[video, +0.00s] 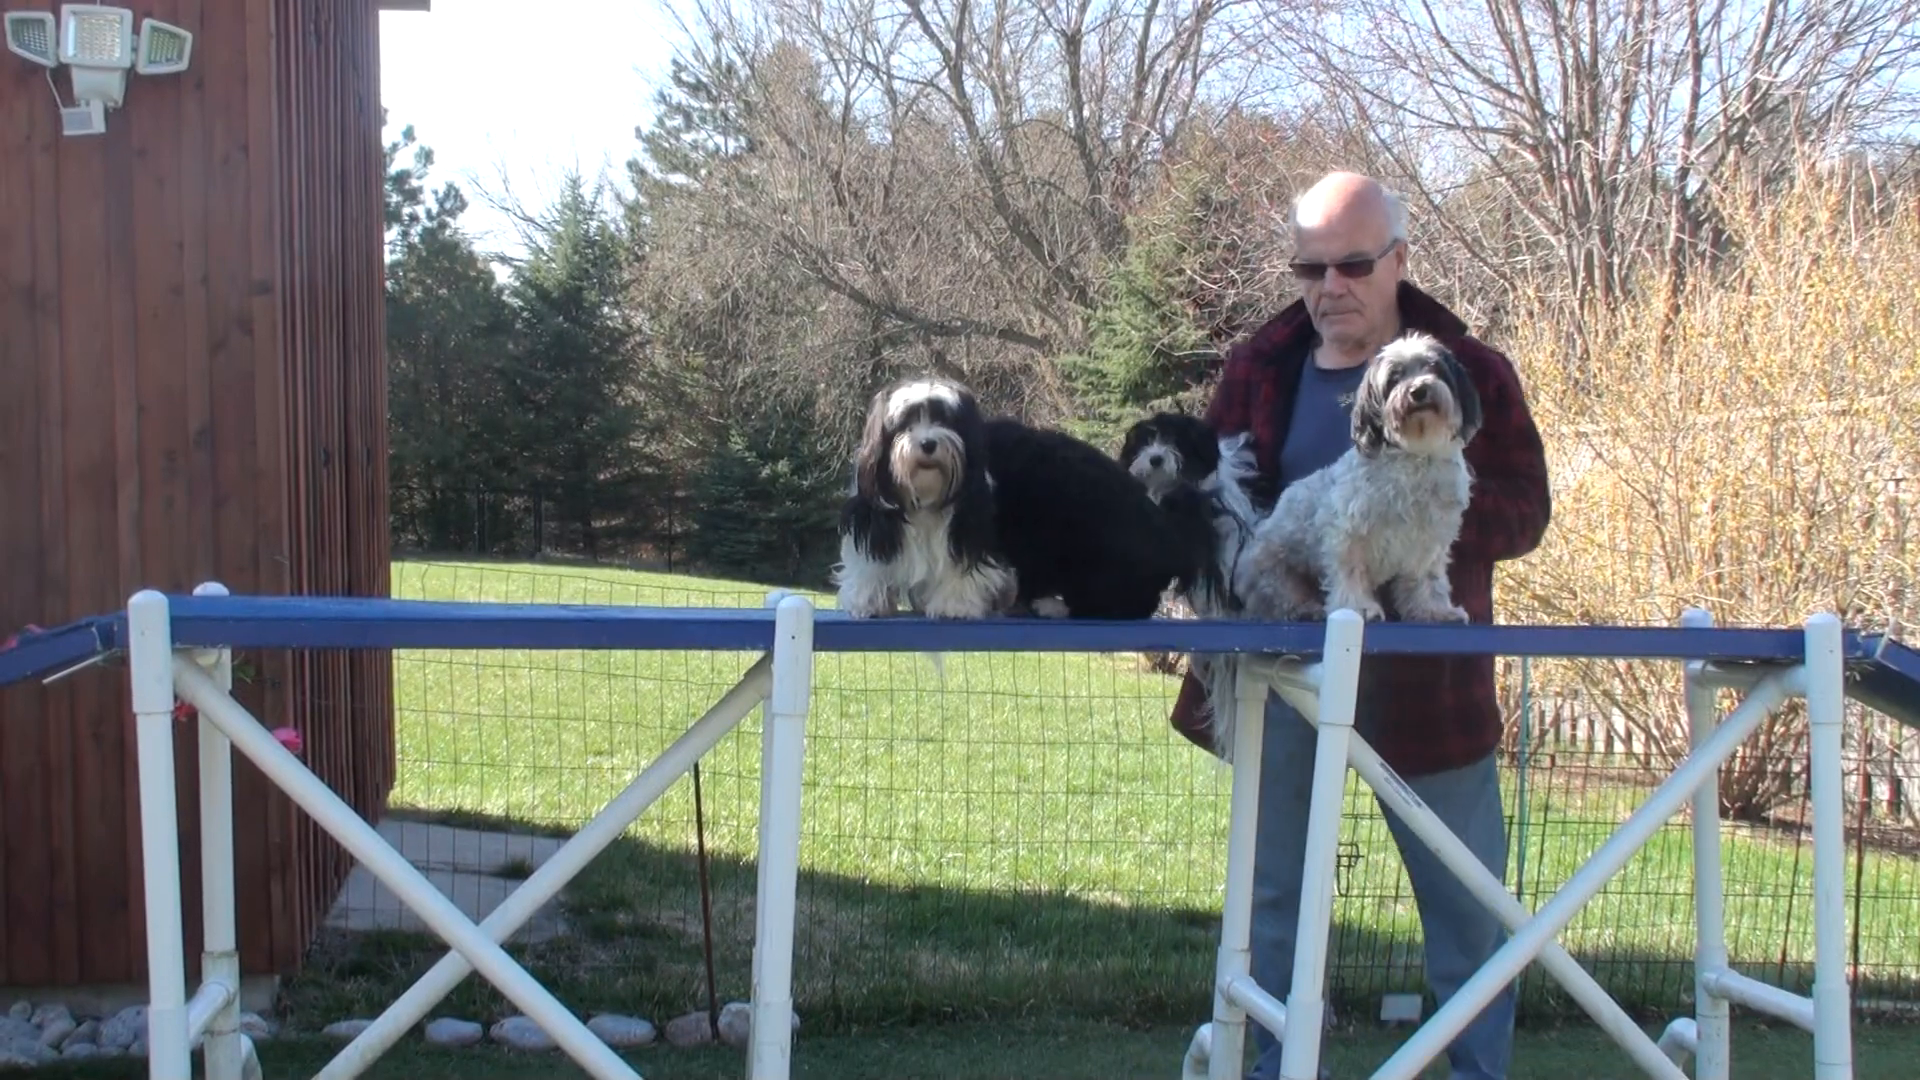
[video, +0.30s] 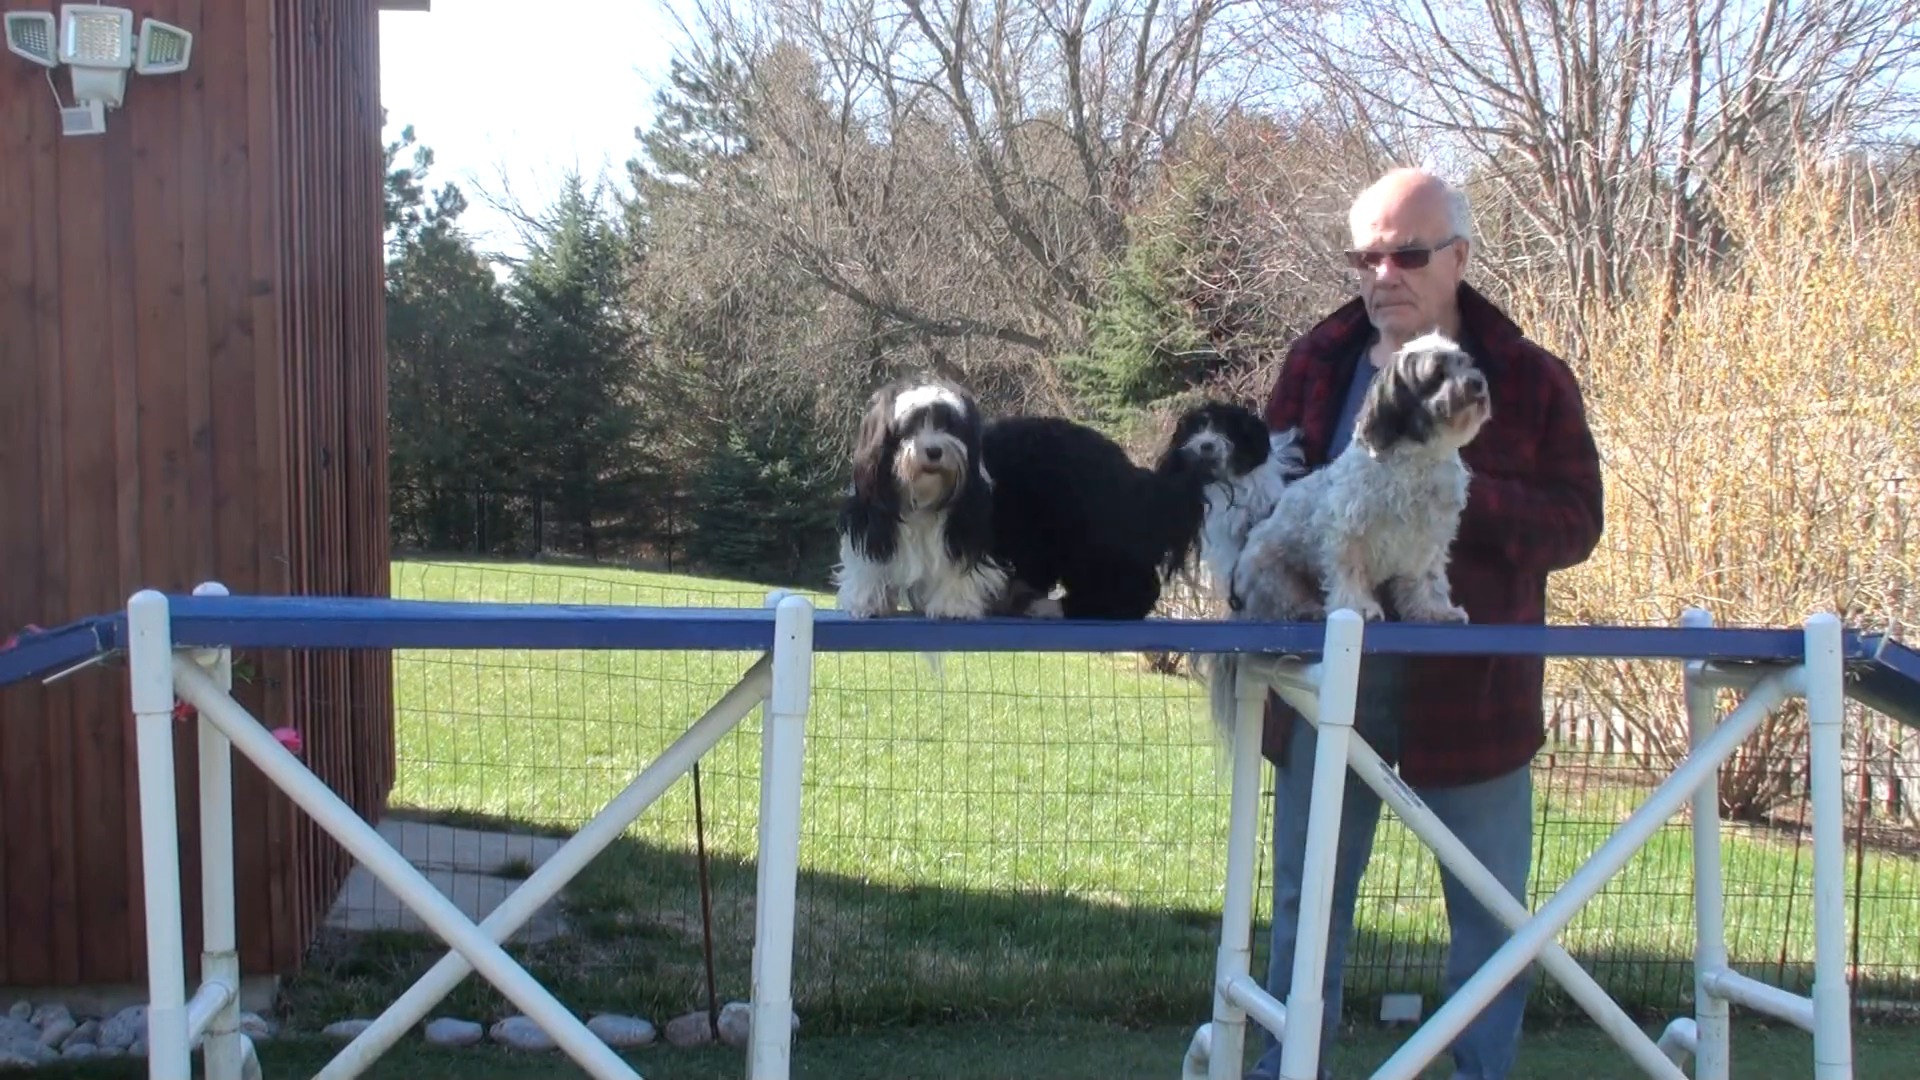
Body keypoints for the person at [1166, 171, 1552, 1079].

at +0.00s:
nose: (1333, 286)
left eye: (1355, 265)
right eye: (1312, 267)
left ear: (1398, 258)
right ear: (1291, 266)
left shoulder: (1470, 372)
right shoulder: (1251, 370)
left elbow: (1520, 509)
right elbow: (1209, 508)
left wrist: (1395, 535)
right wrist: (1276, 567)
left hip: (1427, 674)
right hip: (1282, 668)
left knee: (1464, 899)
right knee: (1270, 888)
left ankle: (1477, 1062)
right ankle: (1268, 1062)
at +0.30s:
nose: (1386, 274)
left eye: (1411, 255)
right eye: (1369, 255)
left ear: (1460, 258)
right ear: (1351, 260)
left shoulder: (1532, 380)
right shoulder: (1314, 365)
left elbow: (1573, 524)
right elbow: (1263, 500)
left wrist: (1451, 485)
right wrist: (1301, 547)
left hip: (1473, 682)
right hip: (1328, 676)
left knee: (1490, 915)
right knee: (1307, 906)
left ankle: (1483, 1065)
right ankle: (1289, 1065)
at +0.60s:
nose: (1400, 275)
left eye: (1425, 256)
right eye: (1389, 257)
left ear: (1484, 259)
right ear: (1375, 259)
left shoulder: (1563, 380)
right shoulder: (1348, 363)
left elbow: (1608, 523)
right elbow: (1296, 499)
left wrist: (1484, 497)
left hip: (1499, 675)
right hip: (1356, 664)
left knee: (1501, 919)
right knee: (1330, 901)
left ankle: (1487, 1066)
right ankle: (1321, 1064)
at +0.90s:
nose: (1377, 277)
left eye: (1398, 258)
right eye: (1366, 261)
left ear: (1460, 256)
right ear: (1357, 264)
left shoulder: (1549, 374)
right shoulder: (1334, 364)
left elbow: (1595, 512)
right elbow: (1284, 498)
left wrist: (1465, 486)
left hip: (1493, 676)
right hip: (1355, 669)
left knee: (1498, 913)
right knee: (1344, 905)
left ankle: (1487, 1067)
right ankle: (1336, 1069)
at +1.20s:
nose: (1360, 271)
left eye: (1381, 252)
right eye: (1350, 256)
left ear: (1442, 253)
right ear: (1341, 261)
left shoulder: (1529, 371)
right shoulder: (1312, 367)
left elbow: (1578, 508)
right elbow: (1265, 500)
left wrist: (1458, 487)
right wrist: (1296, 541)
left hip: (1480, 673)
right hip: (1340, 668)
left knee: (1492, 908)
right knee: (1341, 906)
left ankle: (1487, 1064)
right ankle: (1337, 1068)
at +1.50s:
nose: (1375, 255)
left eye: (1398, 238)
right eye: (1357, 241)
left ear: (1442, 250)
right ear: (1338, 257)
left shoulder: (1513, 370)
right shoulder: (1292, 367)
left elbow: (1562, 509)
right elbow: (1239, 501)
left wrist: (1444, 480)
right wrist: (1312, 517)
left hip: (1469, 674)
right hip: (1325, 671)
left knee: (1487, 911)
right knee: (1334, 912)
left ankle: (1486, 1062)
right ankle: (1336, 1070)